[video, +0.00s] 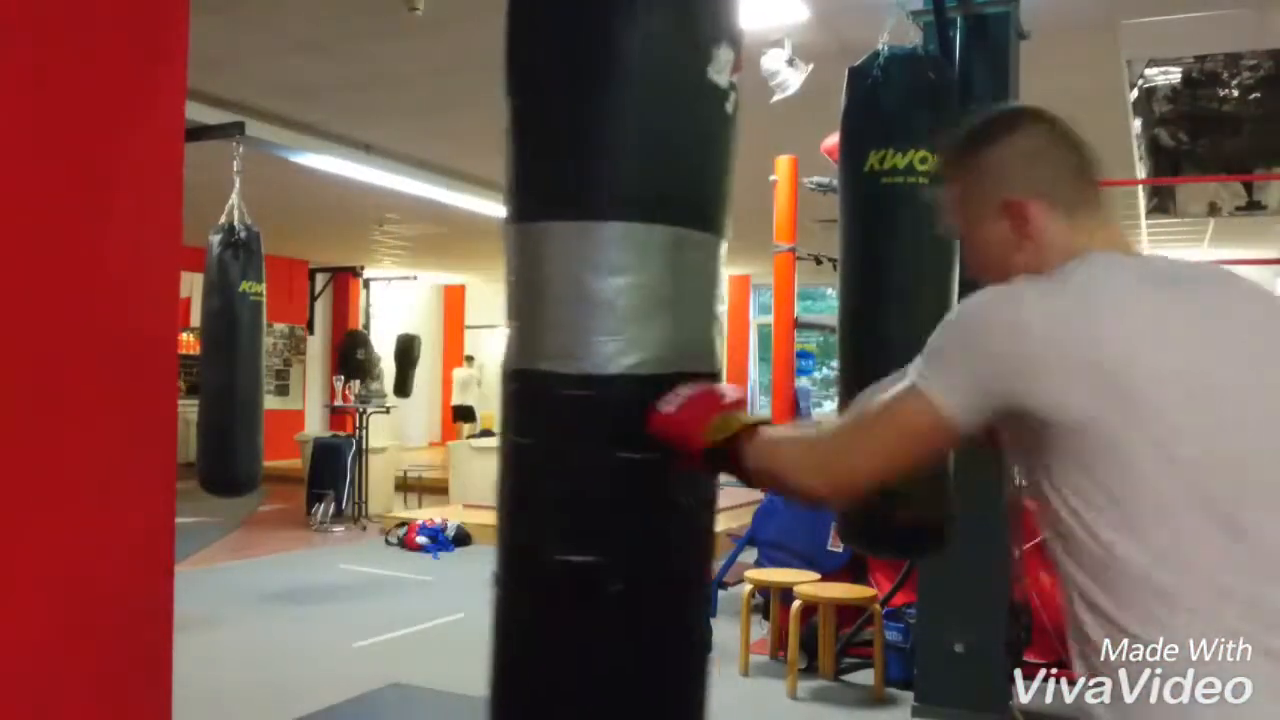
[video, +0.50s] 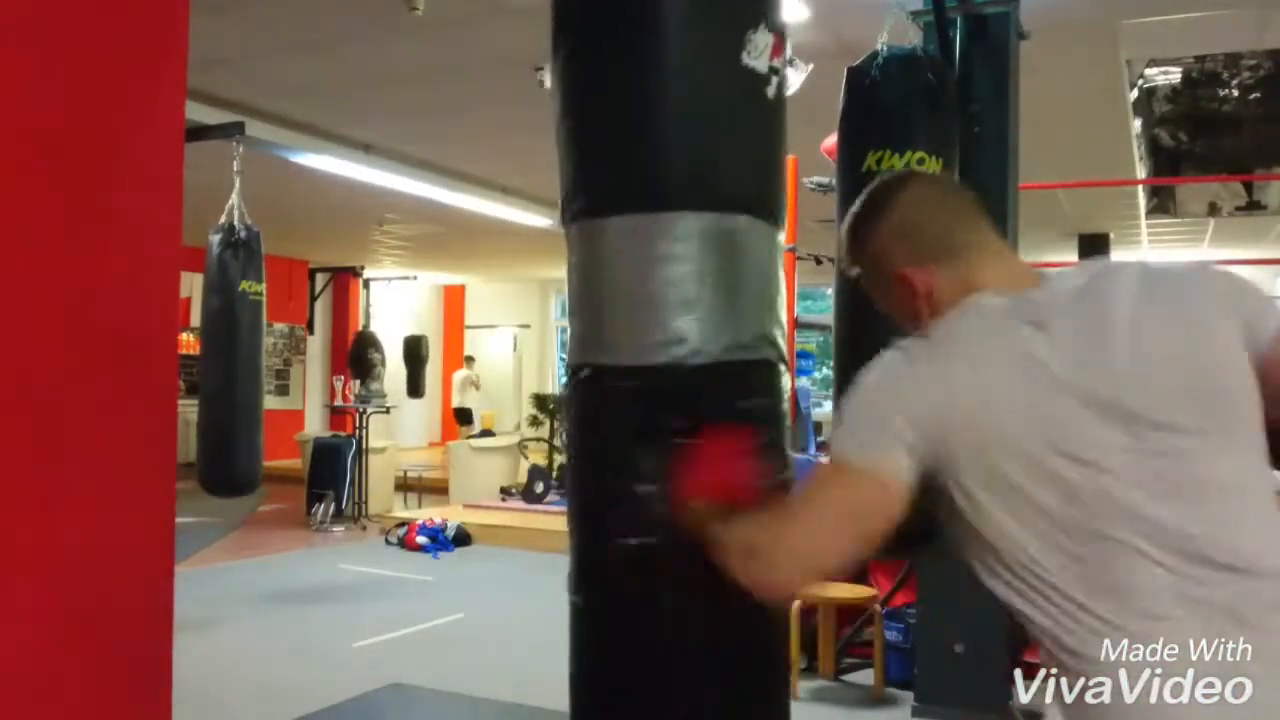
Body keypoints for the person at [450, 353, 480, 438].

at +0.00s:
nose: (471, 364)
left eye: (470, 362)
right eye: (471, 362)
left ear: (464, 361)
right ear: (472, 362)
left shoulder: (455, 371)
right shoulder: (474, 373)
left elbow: (455, 383)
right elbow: (479, 384)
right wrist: (480, 370)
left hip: (455, 402)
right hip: (468, 402)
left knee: (459, 423)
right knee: (471, 423)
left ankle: (459, 441)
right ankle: (466, 441)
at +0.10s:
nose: (472, 363)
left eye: (471, 361)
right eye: (471, 361)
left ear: (463, 360)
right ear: (471, 361)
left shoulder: (454, 371)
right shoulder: (471, 371)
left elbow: (454, 382)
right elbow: (479, 384)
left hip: (455, 401)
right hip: (467, 401)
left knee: (459, 424)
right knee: (470, 423)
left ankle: (459, 442)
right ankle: (467, 442)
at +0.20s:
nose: (472, 364)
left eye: (472, 362)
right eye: (472, 362)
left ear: (464, 361)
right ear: (471, 362)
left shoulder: (455, 371)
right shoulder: (471, 373)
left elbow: (455, 384)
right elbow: (476, 388)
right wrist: (477, 382)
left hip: (455, 400)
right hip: (467, 400)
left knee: (459, 423)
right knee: (470, 423)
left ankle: (459, 441)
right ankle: (465, 441)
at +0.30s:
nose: (473, 367)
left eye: (474, 365)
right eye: (473, 365)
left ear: (465, 363)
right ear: (470, 364)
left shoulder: (456, 374)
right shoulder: (467, 375)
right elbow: (474, 390)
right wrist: (476, 381)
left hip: (455, 403)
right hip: (464, 404)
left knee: (464, 424)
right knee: (472, 423)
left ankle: (461, 441)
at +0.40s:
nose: (473, 368)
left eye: (474, 365)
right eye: (473, 365)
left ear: (465, 364)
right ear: (469, 365)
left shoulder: (457, 375)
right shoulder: (467, 376)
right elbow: (475, 390)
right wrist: (477, 381)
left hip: (456, 404)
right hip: (464, 405)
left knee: (463, 427)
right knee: (469, 428)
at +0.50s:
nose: (473, 366)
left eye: (473, 363)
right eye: (472, 363)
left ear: (465, 362)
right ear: (470, 363)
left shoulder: (456, 374)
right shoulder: (468, 374)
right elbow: (477, 387)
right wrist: (478, 378)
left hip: (455, 404)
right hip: (464, 404)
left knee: (461, 428)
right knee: (469, 428)